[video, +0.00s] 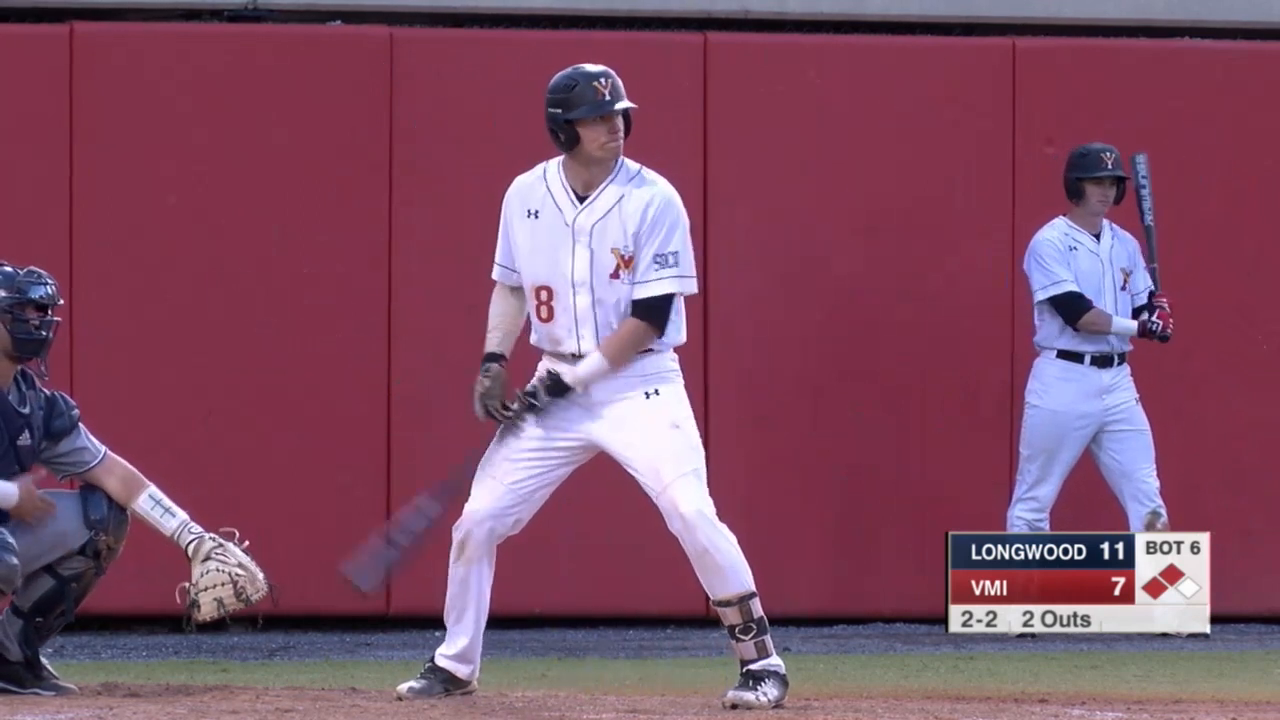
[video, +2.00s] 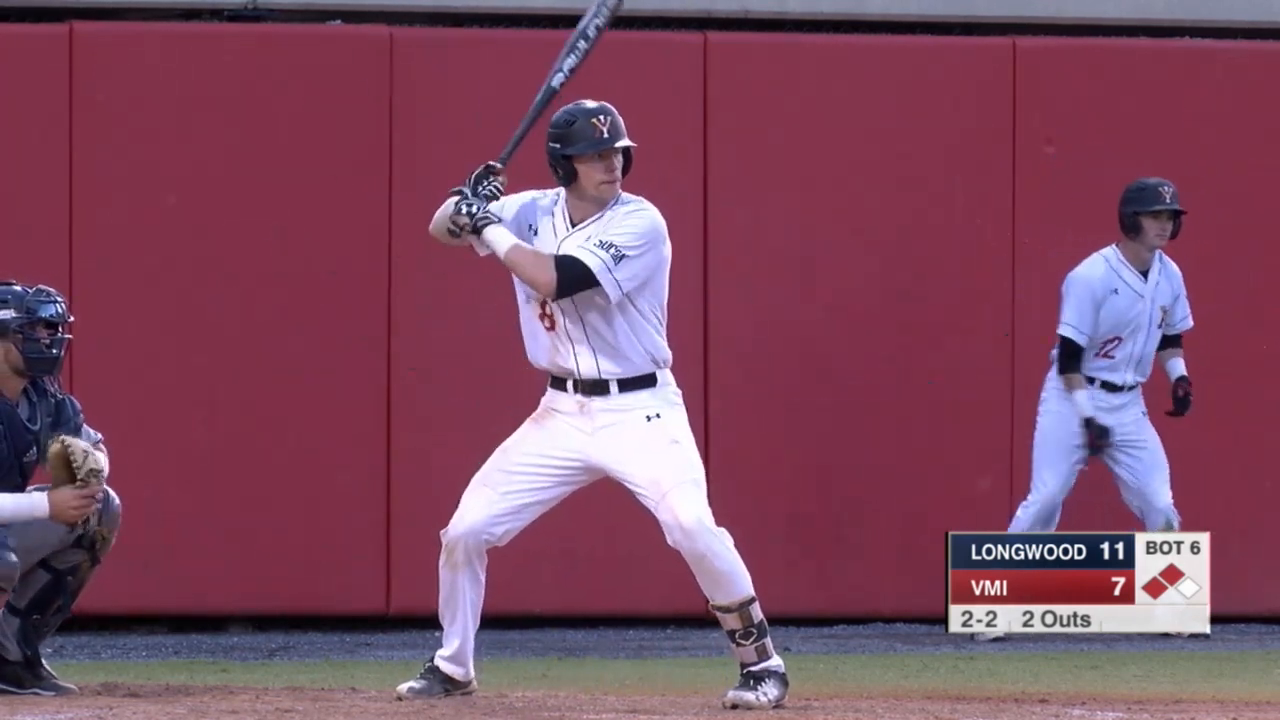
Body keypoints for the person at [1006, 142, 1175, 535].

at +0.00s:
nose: (1107, 192)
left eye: (1113, 184)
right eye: (1098, 183)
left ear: (1119, 189)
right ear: (1076, 185)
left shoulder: (1125, 244)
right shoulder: (1048, 242)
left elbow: (1142, 306)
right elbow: (1078, 315)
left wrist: (1155, 312)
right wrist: (1139, 327)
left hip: (1117, 384)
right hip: (1062, 382)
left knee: (1148, 504)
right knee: (1033, 504)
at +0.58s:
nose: (1178, 198)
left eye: (1183, 190)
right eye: (1169, 189)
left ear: (1188, 196)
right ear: (1145, 191)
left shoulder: (1174, 252)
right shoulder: (1117, 245)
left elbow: (1179, 324)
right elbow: (1142, 330)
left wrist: (1210, 347)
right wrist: (1194, 359)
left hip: (1147, 387)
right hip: (1098, 382)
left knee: (1169, 504)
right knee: (1070, 504)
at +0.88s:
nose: (1204, 206)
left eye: (1208, 198)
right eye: (1195, 197)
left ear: (1213, 203)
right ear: (1170, 199)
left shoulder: (1195, 255)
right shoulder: (1139, 254)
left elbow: (1186, 324)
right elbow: (1134, 340)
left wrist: (1216, 363)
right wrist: (1170, 398)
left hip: (1152, 389)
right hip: (1105, 379)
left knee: (1173, 501)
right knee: (1077, 487)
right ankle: (1019, 566)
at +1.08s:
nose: (1190, 212)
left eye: (1195, 204)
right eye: (1181, 202)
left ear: (1200, 209)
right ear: (1155, 205)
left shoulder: (1187, 261)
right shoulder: (1119, 262)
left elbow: (1183, 327)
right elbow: (1103, 346)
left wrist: (1202, 365)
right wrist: (1118, 413)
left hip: (1144, 391)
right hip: (1092, 386)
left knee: (1169, 499)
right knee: (1054, 489)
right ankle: (1003, 575)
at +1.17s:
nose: (1175, 215)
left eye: (1179, 207)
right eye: (1165, 207)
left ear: (1183, 212)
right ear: (1140, 210)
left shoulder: (1174, 264)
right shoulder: (1102, 266)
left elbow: (1172, 330)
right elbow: (1078, 348)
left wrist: (1189, 369)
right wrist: (1080, 408)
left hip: (1135, 398)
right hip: (1081, 391)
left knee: (1165, 505)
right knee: (1047, 496)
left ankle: (1171, 609)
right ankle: (992, 591)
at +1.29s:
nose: (1147, 218)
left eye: (1153, 210)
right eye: (1138, 210)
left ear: (1158, 216)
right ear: (1114, 213)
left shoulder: (1154, 266)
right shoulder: (1074, 268)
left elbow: (1156, 329)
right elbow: (1043, 339)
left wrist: (1167, 369)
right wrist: (1024, 394)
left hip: (1118, 401)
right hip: (1062, 395)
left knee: (1151, 505)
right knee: (1038, 497)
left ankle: (1165, 606)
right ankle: (991, 594)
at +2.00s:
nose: (1166, 225)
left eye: (1170, 217)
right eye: (1156, 217)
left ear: (1174, 223)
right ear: (1131, 221)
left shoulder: (1168, 274)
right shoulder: (1091, 275)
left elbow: (1169, 335)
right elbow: (1068, 357)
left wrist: (1180, 378)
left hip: (1128, 402)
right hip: (1072, 396)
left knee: (1160, 508)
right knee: (1047, 498)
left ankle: (1171, 608)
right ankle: (994, 590)